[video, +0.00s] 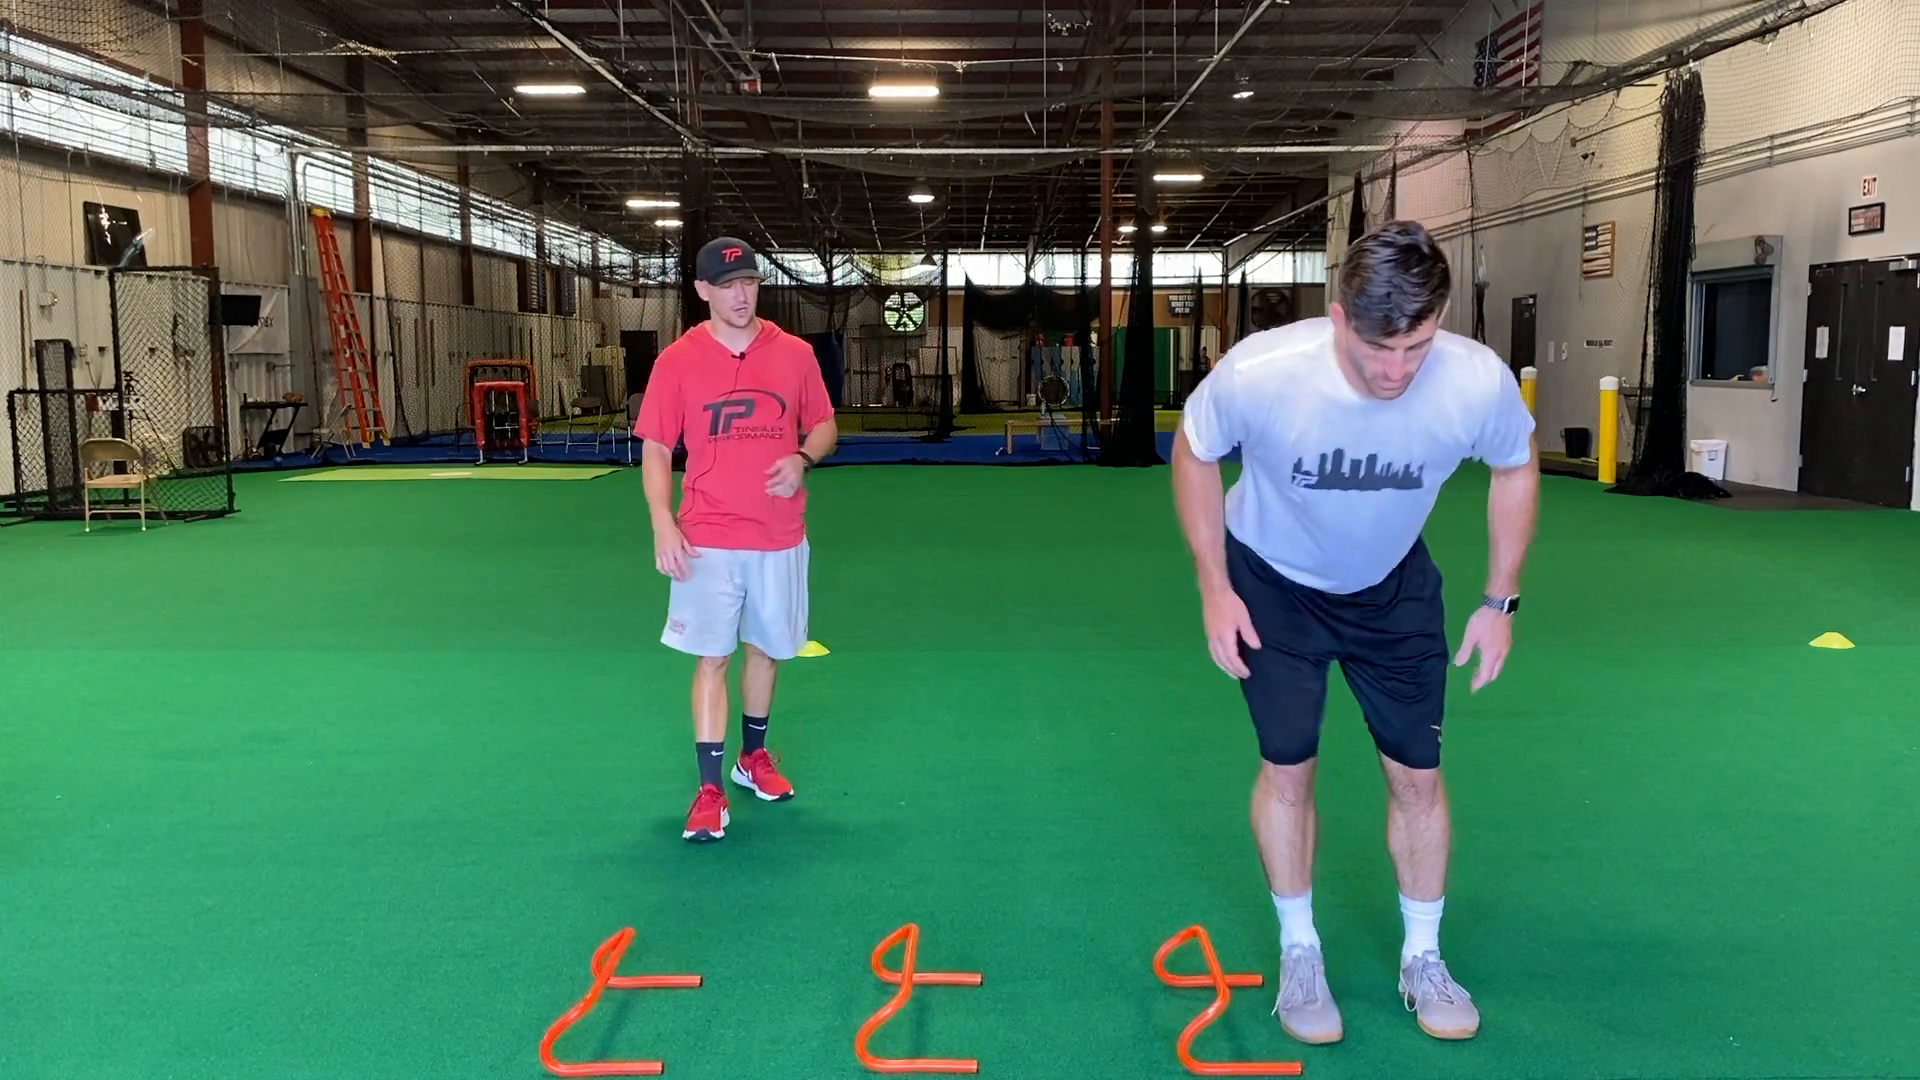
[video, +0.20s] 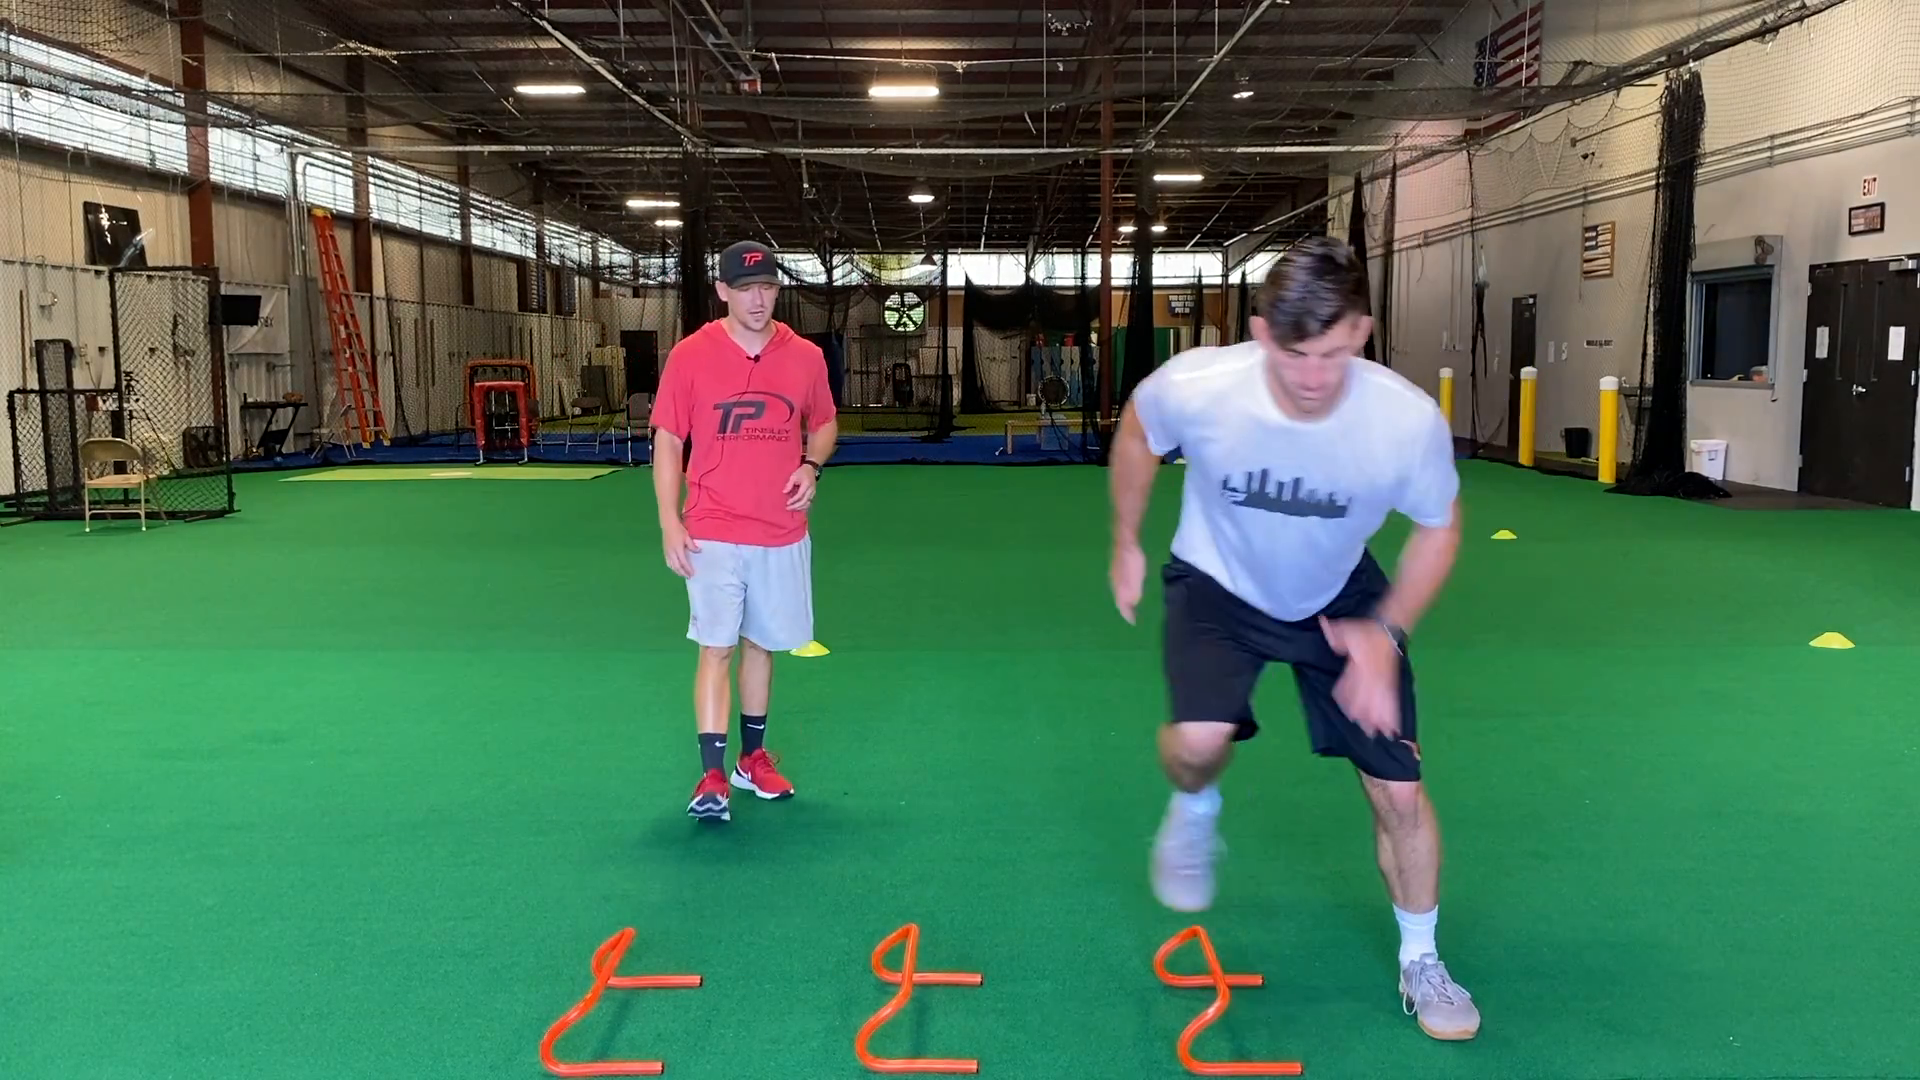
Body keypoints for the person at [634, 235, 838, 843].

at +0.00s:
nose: (741, 294)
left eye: (748, 282)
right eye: (727, 285)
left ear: (759, 285)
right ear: (702, 291)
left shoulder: (794, 353)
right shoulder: (676, 362)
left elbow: (825, 428)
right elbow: (655, 450)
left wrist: (803, 456)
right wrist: (662, 523)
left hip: (780, 536)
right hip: (709, 536)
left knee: (766, 650)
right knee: (713, 657)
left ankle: (753, 755)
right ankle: (710, 787)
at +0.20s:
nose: (759, 299)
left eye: (767, 287)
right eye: (747, 288)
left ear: (778, 291)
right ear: (722, 291)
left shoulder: (805, 357)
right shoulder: (691, 354)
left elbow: (824, 423)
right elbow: (667, 443)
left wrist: (812, 464)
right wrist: (669, 522)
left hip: (781, 531)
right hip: (714, 528)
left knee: (762, 644)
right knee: (717, 647)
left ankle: (753, 757)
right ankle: (713, 774)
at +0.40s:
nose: (766, 298)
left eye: (775, 287)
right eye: (755, 287)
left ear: (787, 292)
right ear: (732, 289)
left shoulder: (809, 361)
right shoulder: (695, 349)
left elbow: (829, 438)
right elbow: (662, 431)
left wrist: (801, 458)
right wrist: (655, 511)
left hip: (776, 524)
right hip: (710, 518)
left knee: (758, 639)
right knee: (713, 636)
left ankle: (753, 757)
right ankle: (702, 769)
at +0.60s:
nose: (756, 294)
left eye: (766, 284)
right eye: (746, 284)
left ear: (780, 290)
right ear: (725, 287)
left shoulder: (802, 360)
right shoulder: (689, 348)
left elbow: (823, 437)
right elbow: (656, 432)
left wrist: (799, 453)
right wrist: (653, 510)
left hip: (768, 529)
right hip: (699, 523)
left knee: (754, 640)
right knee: (693, 635)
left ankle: (753, 755)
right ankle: (663, 754)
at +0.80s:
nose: (730, 294)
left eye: (740, 283)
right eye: (719, 283)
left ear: (757, 288)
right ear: (702, 289)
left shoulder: (774, 353)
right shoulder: (670, 349)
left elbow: (799, 435)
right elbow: (645, 431)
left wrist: (780, 489)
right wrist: (666, 500)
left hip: (754, 532)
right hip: (683, 530)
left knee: (749, 642)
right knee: (662, 642)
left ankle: (754, 753)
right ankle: (637, 752)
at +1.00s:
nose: (700, 297)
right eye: (687, 281)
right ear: (669, 287)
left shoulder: (759, 356)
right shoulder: (643, 350)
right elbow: (618, 434)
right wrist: (658, 496)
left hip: (730, 526)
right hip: (659, 522)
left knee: (737, 646)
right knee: (649, 637)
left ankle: (750, 752)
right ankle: (637, 750)